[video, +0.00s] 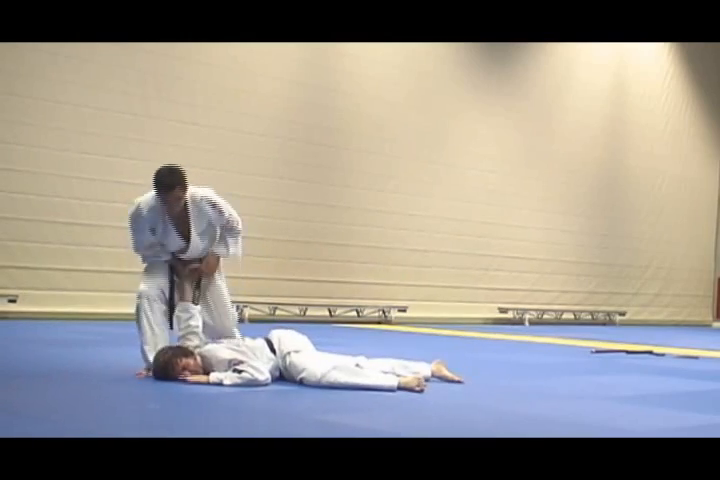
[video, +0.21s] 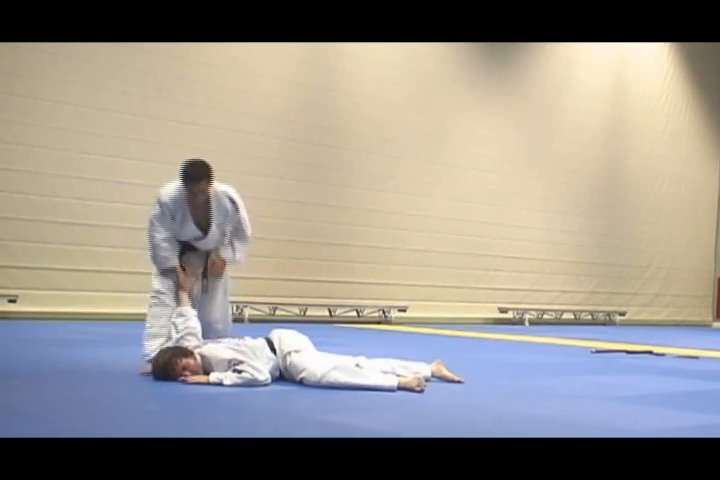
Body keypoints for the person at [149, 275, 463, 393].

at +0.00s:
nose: (188, 374)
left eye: (185, 368)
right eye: (181, 374)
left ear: (189, 357)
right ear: (180, 368)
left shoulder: (215, 353)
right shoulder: (201, 356)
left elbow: (259, 374)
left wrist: (214, 378)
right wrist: (159, 369)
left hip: (281, 348)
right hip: (281, 352)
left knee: (314, 373)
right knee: (353, 363)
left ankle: (397, 381)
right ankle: (428, 368)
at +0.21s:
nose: (188, 372)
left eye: (186, 366)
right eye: (181, 373)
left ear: (189, 356)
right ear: (177, 371)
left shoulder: (213, 355)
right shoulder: (193, 350)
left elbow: (258, 373)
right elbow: (184, 318)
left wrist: (213, 380)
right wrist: (185, 289)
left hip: (281, 347)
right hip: (280, 351)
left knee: (317, 373)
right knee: (352, 365)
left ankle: (399, 382)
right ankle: (426, 368)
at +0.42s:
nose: (187, 370)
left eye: (184, 365)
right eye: (181, 372)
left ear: (188, 355)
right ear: (180, 370)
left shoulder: (212, 352)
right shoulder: (198, 353)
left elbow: (259, 373)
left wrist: (213, 379)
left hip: (280, 347)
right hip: (280, 349)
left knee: (316, 373)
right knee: (351, 363)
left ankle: (399, 381)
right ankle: (427, 369)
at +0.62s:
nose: (189, 373)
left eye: (185, 367)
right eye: (183, 373)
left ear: (188, 353)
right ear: (183, 365)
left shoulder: (213, 350)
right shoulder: (203, 354)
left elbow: (259, 373)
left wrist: (213, 379)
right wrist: (206, 369)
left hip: (280, 347)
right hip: (281, 350)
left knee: (314, 373)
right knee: (351, 365)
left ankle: (399, 382)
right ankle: (428, 368)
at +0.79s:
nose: (188, 371)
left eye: (184, 366)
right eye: (183, 372)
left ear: (187, 355)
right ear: (183, 368)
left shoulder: (212, 351)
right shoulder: (205, 355)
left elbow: (258, 373)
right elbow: (236, 366)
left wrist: (213, 379)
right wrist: (207, 368)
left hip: (280, 347)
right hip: (280, 351)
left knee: (315, 373)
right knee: (351, 364)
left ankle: (399, 382)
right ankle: (428, 368)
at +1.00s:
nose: (189, 375)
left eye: (185, 370)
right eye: (183, 375)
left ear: (189, 359)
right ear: (184, 364)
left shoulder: (213, 351)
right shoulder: (203, 352)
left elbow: (259, 372)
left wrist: (214, 379)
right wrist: (207, 369)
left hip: (280, 348)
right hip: (280, 349)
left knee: (317, 373)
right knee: (350, 365)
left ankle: (400, 381)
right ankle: (427, 368)